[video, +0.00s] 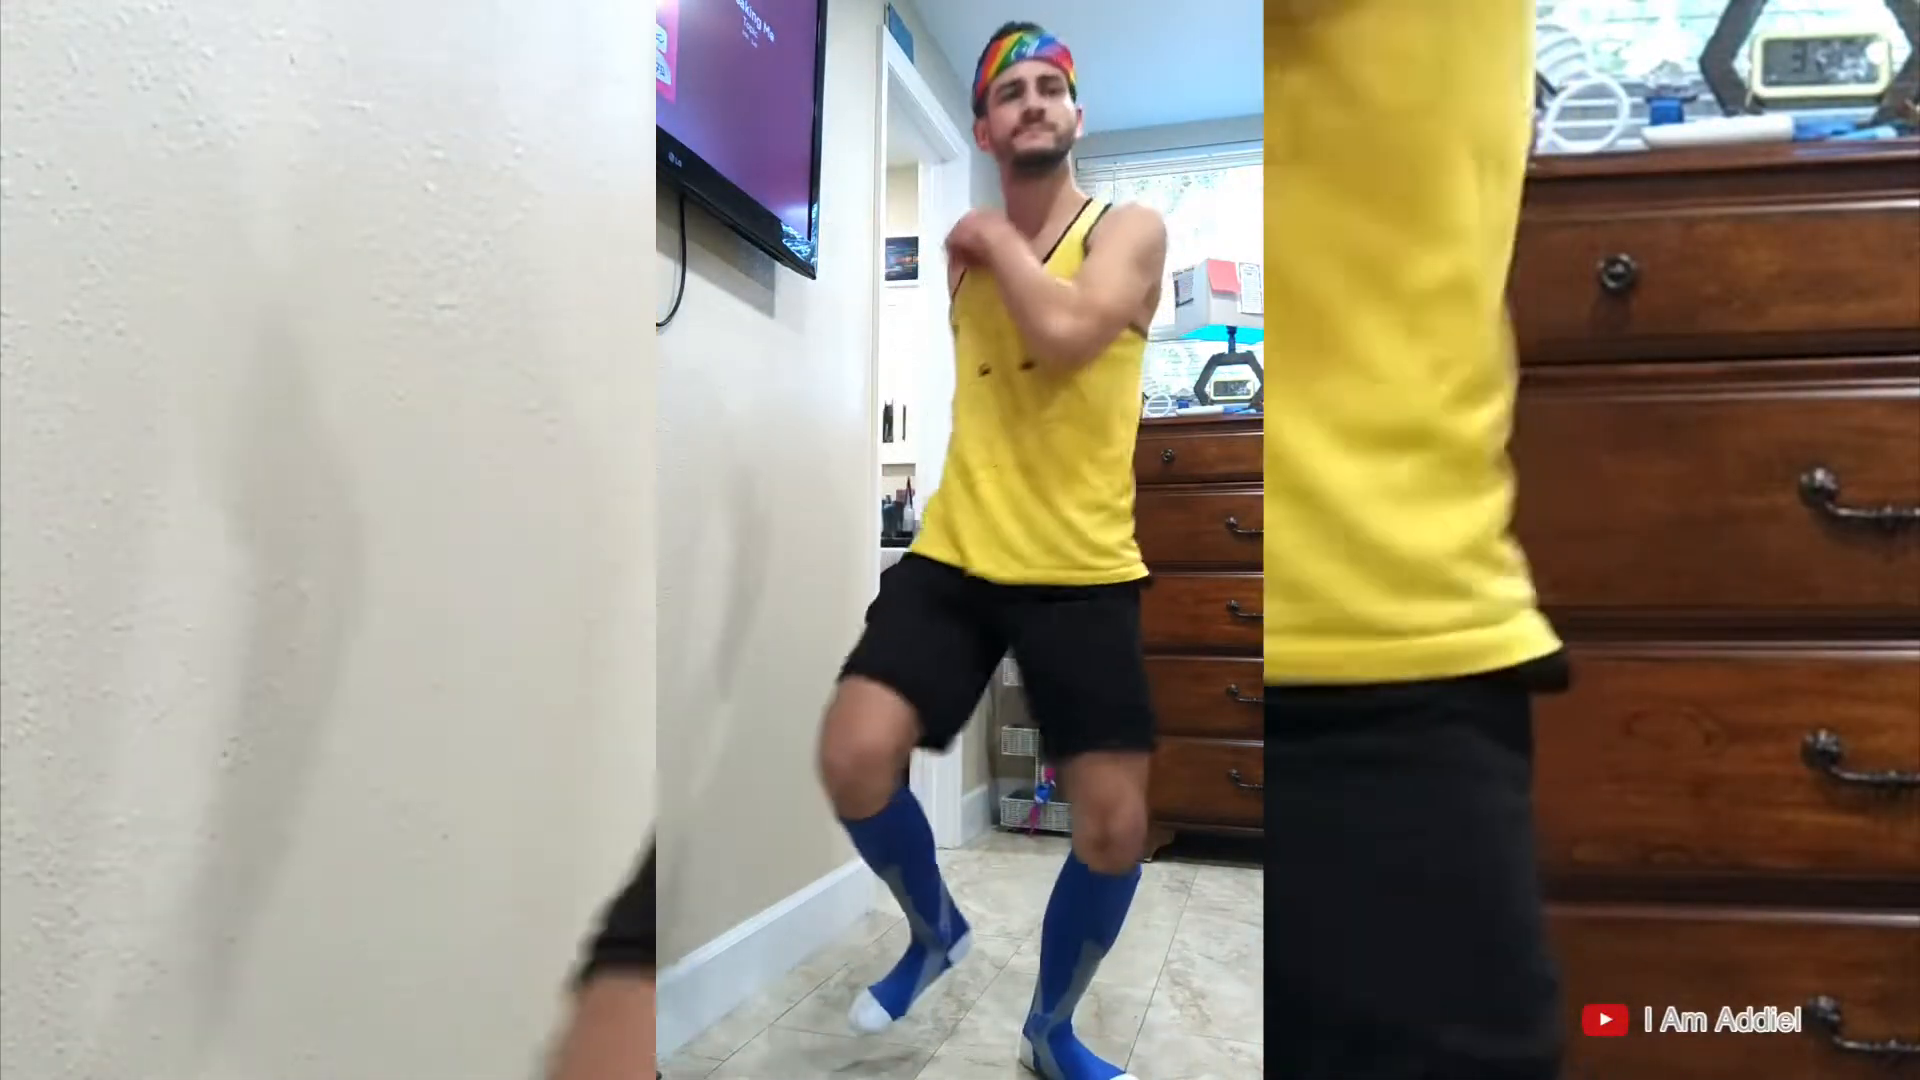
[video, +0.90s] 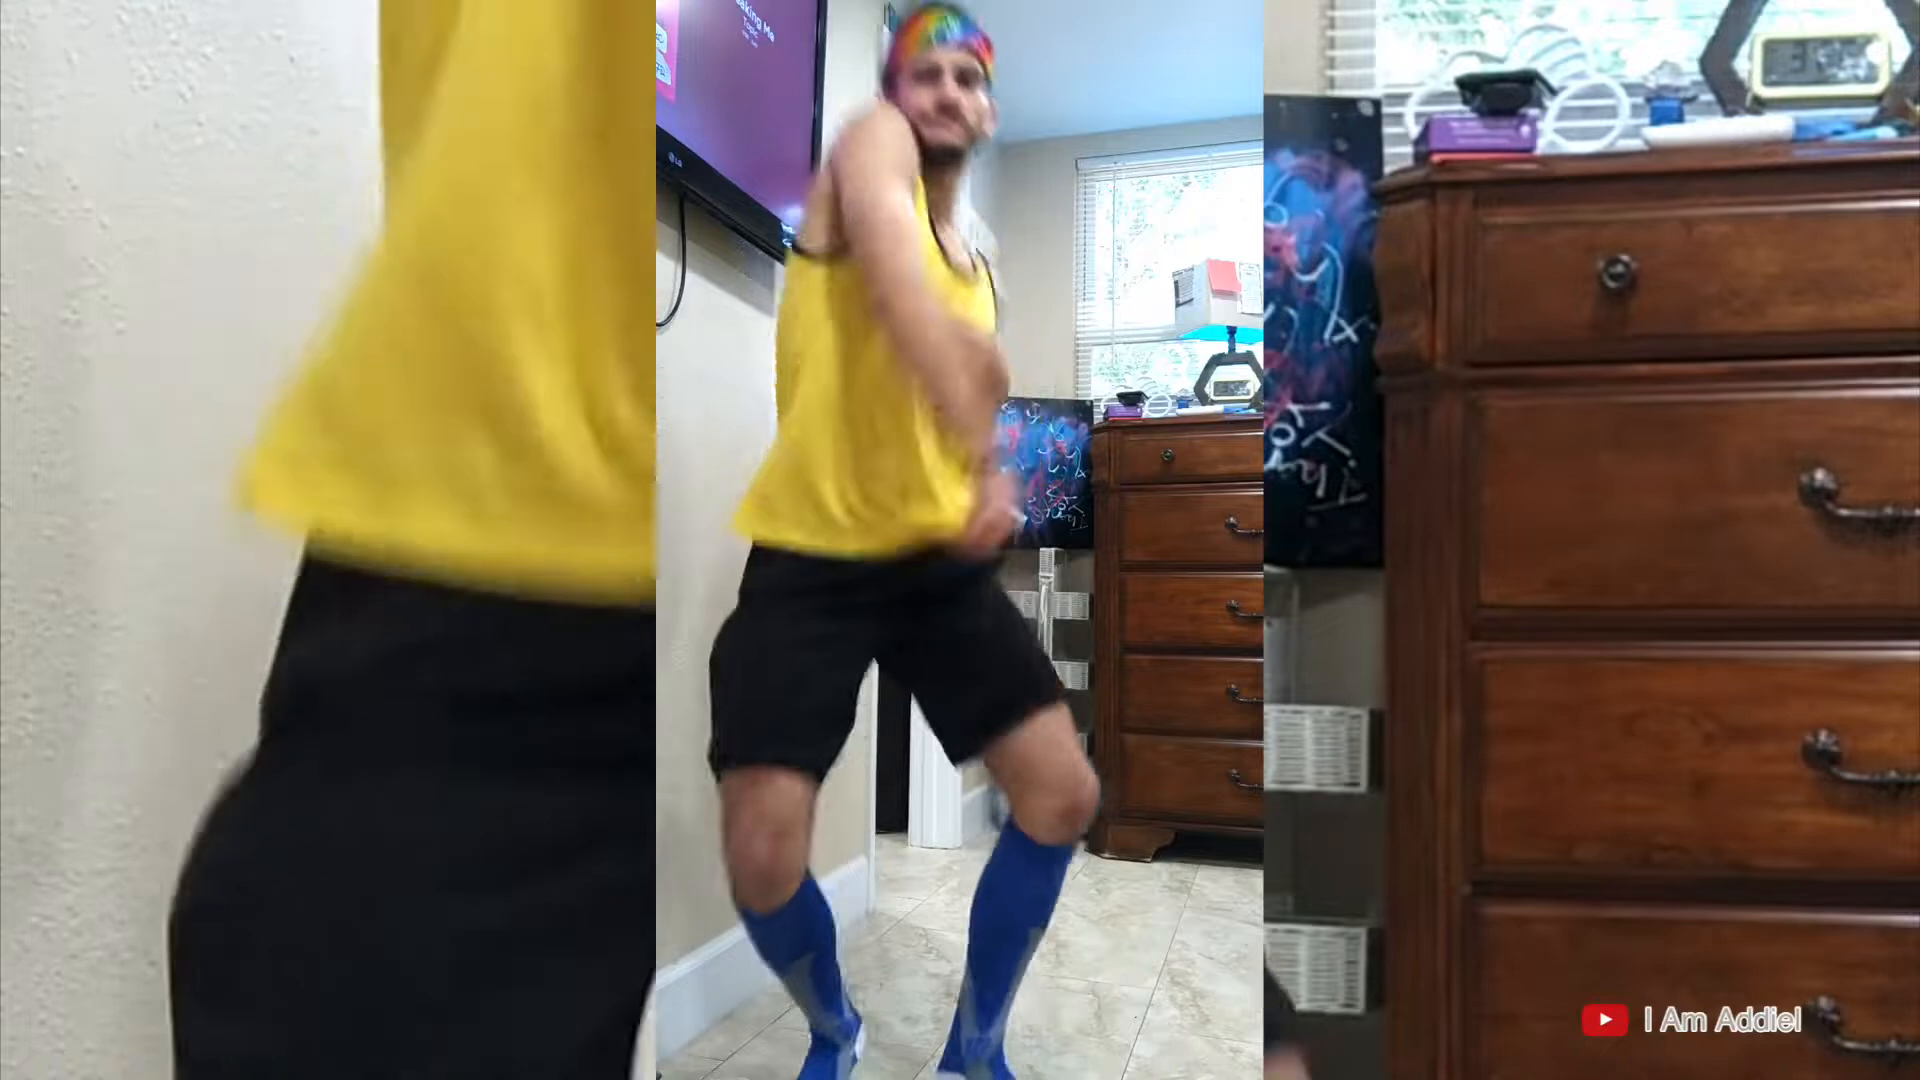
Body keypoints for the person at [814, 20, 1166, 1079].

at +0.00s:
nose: (1033, 104)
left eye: (1050, 90)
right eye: (1012, 94)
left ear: (1080, 116)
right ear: (984, 128)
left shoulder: (1129, 228)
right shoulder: (977, 258)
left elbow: (1065, 335)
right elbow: (986, 392)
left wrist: (998, 241)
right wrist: (972, 502)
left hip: (1083, 566)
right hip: (956, 550)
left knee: (1117, 825)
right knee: (853, 756)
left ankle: (1052, 1025)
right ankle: (936, 929)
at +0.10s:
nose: (1007, 99)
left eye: (1026, 83)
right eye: (986, 89)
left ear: (1060, 105)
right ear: (962, 119)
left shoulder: (1106, 200)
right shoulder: (960, 230)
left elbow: (1037, 230)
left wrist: (939, 241)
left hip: (1070, 558)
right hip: (943, 541)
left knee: (1109, 821)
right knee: (819, 735)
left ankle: (1050, 1028)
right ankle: (926, 884)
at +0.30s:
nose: (926, 50)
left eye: (946, 31)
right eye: (905, 41)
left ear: (984, 42)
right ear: (889, 72)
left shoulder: (1010, 92)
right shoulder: (916, 182)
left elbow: (903, 214)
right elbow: (971, 320)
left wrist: (786, 350)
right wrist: (895, 362)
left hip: (1031, 488)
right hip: (905, 485)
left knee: (1021, 773)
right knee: (847, 751)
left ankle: (995, 1005)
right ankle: (824, 1015)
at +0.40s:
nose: (896, 57)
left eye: (919, 41)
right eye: (874, 43)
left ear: (953, 64)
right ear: (849, 77)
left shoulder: (990, 121)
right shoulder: (869, 242)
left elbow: (978, 283)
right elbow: (874, 397)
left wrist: (915, 469)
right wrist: (842, 355)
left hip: (998, 517)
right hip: (871, 516)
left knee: (1016, 782)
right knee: (838, 774)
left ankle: (995, 1008)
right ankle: (844, 1031)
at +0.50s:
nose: (872, 52)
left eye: (896, 40)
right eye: (851, 37)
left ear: (925, 73)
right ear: (821, 70)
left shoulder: (978, 138)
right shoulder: (804, 231)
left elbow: (1068, 291)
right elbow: (788, 400)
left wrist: (1029, 466)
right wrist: (845, 284)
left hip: (979, 518)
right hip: (848, 529)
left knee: (1052, 772)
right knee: (816, 784)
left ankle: (991, 887)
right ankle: (859, 1035)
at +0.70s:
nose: (890, 21)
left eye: (914, 9)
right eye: (869, 3)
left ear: (938, 40)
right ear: (833, 24)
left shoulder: (982, 179)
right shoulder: (791, 126)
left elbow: (991, 334)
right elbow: (835, 244)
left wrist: (1001, 426)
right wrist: (1006, 250)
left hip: (958, 496)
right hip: (829, 517)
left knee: (1065, 723)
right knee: (820, 788)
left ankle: (987, 921)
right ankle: (869, 1041)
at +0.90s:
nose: (950, 92)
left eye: (969, 79)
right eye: (929, 76)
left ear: (989, 106)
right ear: (893, 91)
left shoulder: (970, 249)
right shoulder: (871, 136)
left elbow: (974, 386)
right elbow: (895, 278)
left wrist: (991, 482)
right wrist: (973, 424)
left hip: (939, 558)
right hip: (807, 559)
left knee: (1063, 795)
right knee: (758, 858)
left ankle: (975, 1050)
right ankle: (834, 1032)